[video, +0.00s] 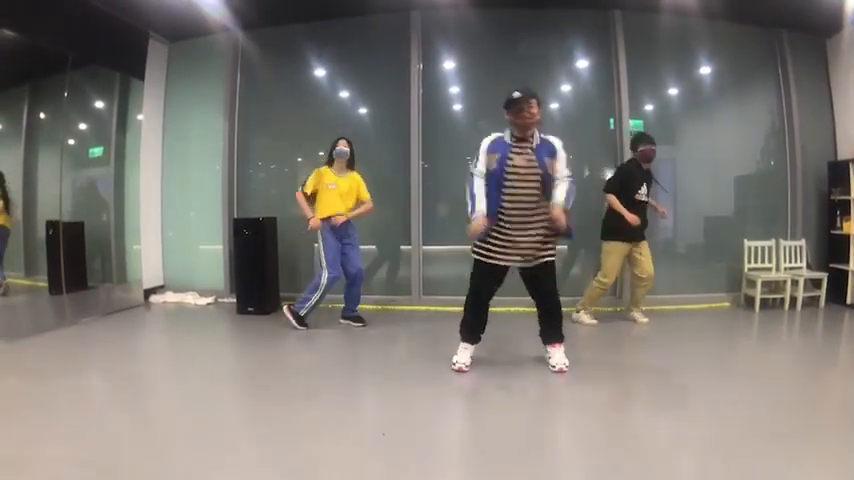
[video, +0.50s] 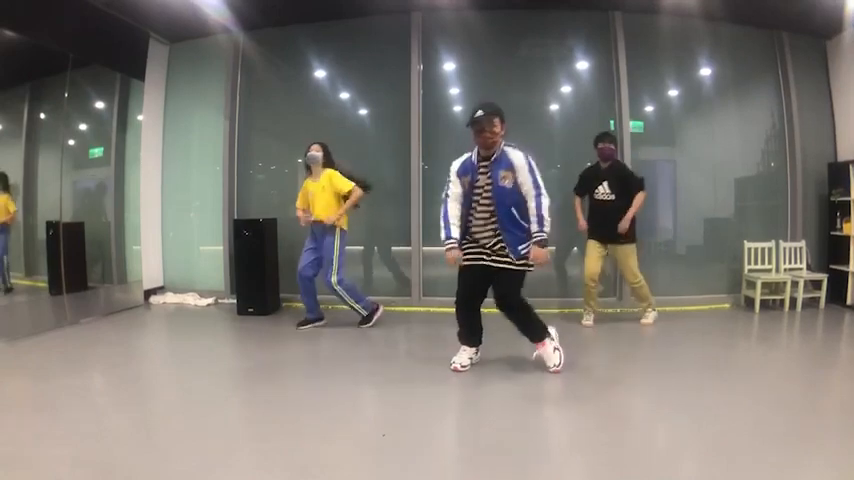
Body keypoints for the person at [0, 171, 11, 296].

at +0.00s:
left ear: (1, 180)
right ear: (3, 180)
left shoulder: (4, 194)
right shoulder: (5, 194)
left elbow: (4, 210)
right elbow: (8, 212)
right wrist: (8, 221)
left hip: (3, 222)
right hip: (6, 223)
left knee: (2, 254)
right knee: (2, 255)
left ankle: (3, 280)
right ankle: (3, 280)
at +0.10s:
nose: (4, 176)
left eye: (3, 173)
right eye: (3, 173)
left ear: (2, 175)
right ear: (3, 175)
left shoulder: (3, 188)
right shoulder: (5, 188)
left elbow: (5, 206)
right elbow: (7, 206)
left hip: (3, 217)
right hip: (6, 217)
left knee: (2, 251)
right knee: (3, 251)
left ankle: (5, 279)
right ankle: (4, 279)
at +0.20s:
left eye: (0, 169)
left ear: (1, 171)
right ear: (4, 171)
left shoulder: (3, 185)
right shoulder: (5, 185)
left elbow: (3, 201)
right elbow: (7, 203)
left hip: (4, 217)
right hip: (5, 217)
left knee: (2, 252)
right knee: (2, 252)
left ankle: (8, 281)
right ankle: (6, 281)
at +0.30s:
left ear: (2, 173)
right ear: (5, 173)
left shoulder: (4, 187)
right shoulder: (5, 187)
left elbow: (5, 203)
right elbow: (5, 203)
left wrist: (2, 214)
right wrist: (4, 213)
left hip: (5, 219)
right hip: (6, 219)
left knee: (3, 250)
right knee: (3, 250)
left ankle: (7, 280)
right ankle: (7, 280)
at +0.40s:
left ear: (2, 179)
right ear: (7, 179)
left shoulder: (5, 193)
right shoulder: (6, 193)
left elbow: (7, 211)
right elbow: (8, 211)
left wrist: (3, 220)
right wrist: (5, 220)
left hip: (4, 226)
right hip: (5, 226)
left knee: (3, 253)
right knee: (4, 253)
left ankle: (7, 282)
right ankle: (7, 281)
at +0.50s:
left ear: (2, 183)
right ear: (6, 183)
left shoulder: (6, 197)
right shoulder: (5, 197)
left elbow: (13, 211)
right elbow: (13, 211)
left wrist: (5, 220)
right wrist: (6, 220)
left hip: (3, 227)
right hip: (3, 227)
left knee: (3, 255)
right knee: (3, 255)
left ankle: (6, 283)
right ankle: (6, 283)